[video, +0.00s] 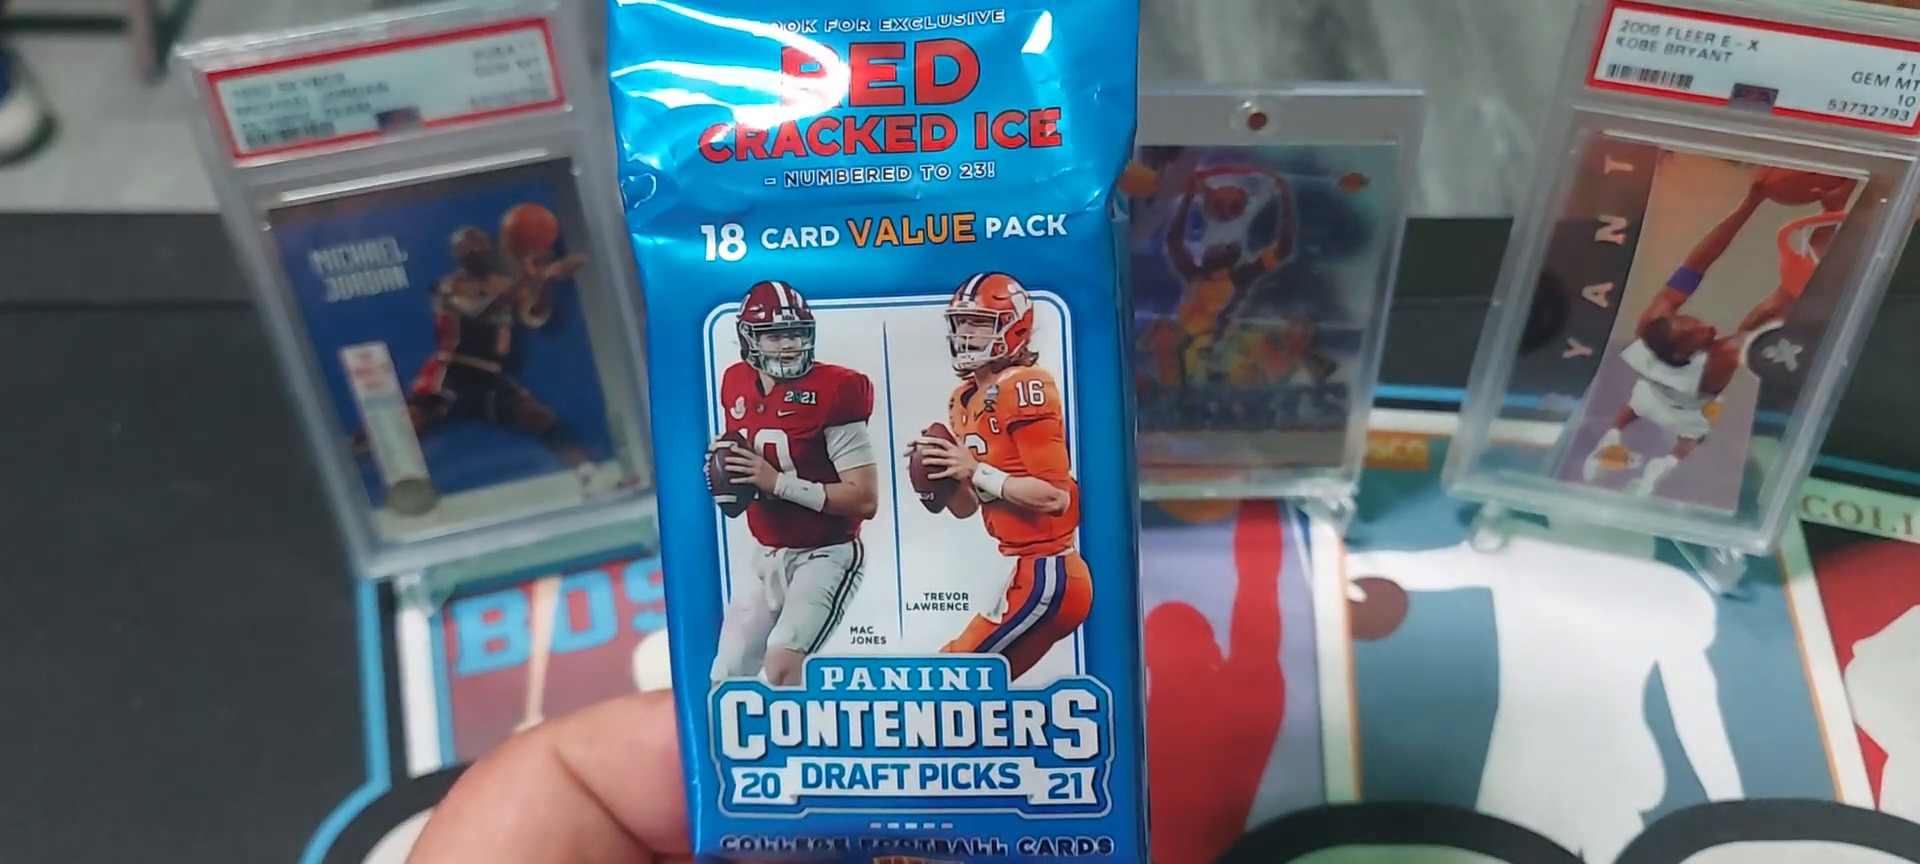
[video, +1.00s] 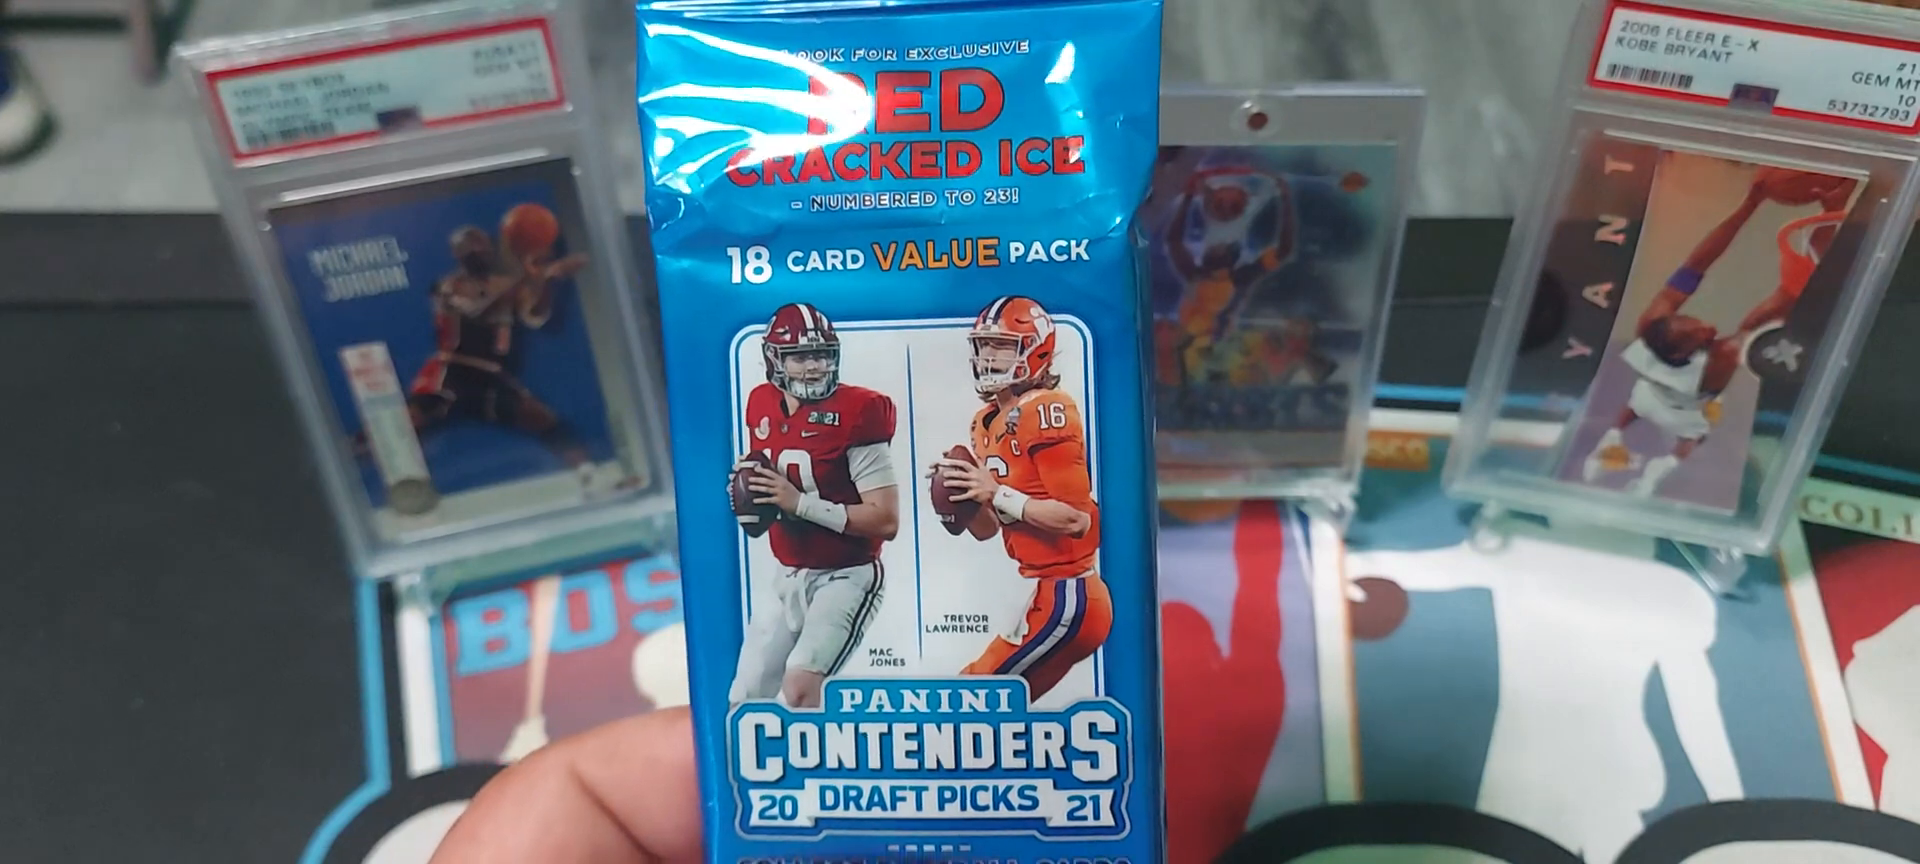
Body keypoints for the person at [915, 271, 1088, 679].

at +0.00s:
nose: (965, 336)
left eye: (979, 325)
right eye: (961, 324)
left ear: (1013, 329)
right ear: (951, 326)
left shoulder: (1025, 385)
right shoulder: (962, 399)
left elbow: (1053, 495)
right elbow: (964, 506)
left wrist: (974, 470)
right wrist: (935, 474)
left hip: (1047, 575)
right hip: (1030, 572)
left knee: (944, 682)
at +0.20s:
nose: (966, 339)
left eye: (980, 328)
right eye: (961, 327)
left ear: (1014, 332)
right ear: (952, 330)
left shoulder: (1027, 389)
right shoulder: (963, 402)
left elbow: (1055, 499)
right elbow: (965, 510)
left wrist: (976, 474)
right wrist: (935, 480)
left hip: (1049, 579)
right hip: (1030, 576)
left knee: (946, 686)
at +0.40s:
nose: (972, 340)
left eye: (986, 328)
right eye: (967, 328)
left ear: (1020, 333)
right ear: (958, 331)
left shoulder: (1032, 390)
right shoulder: (969, 403)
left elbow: (1060, 499)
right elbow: (970, 510)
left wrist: (981, 474)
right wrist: (942, 477)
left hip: (1055, 579)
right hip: (1036, 576)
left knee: (952, 685)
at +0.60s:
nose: (970, 347)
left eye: (984, 336)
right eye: (965, 335)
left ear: (1017, 340)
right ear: (956, 338)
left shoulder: (1029, 397)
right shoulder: (968, 410)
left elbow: (1059, 506)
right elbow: (969, 517)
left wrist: (980, 481)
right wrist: (939, 485)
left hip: (1053, 584)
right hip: (1036, 581)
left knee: (953, 691)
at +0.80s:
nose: (988, 374)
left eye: (1002, 363)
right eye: (983, 362)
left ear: (1034, 368)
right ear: (974, 366)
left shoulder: (1045, 424)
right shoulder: (984, 437)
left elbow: (1074, 533)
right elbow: (983, 543)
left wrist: (995, 507)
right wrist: (957, 508)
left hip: (1067, 612)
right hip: (1052, 609)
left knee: (964, 716)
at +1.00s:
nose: (988, 359)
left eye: (1002, 348)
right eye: (983, 347)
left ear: (1034, 353)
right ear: (974, 350)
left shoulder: (1046, 410)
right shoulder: (985, 422)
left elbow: (1074, 517)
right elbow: (984, 528)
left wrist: (996, 492)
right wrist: (957, 491)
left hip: (1067, 597)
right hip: (1050, 594)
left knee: (964, 702)